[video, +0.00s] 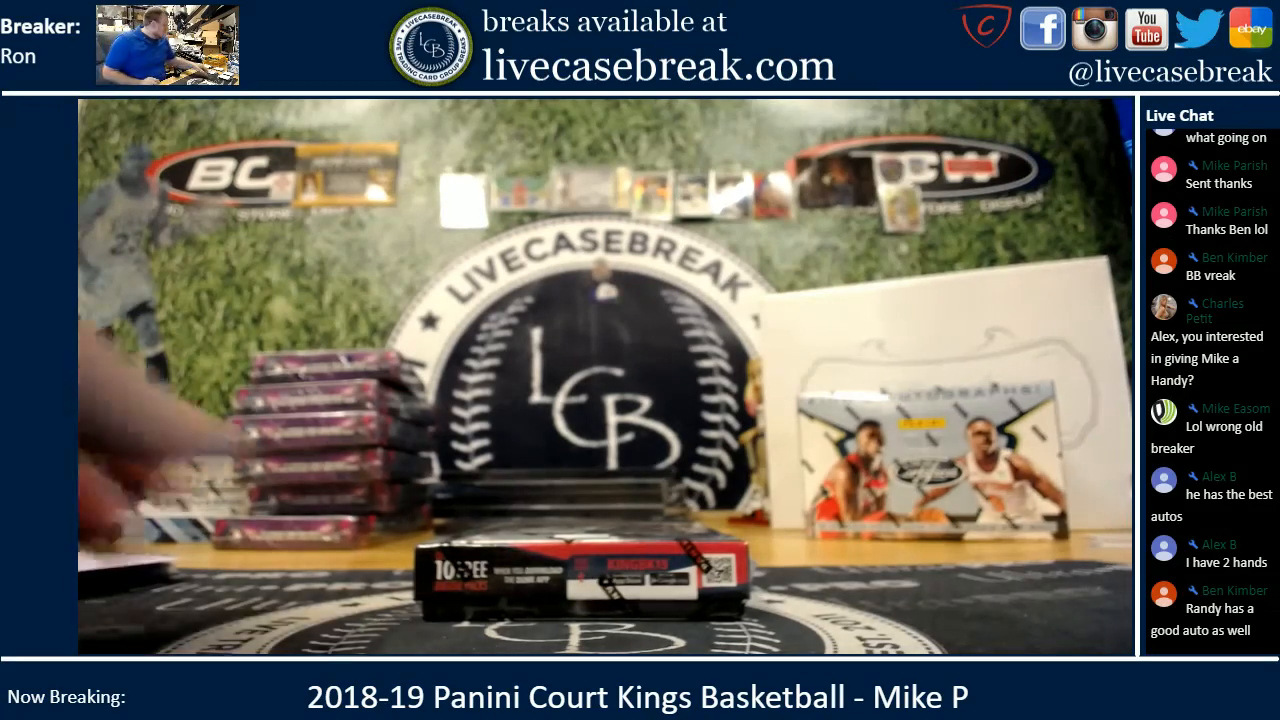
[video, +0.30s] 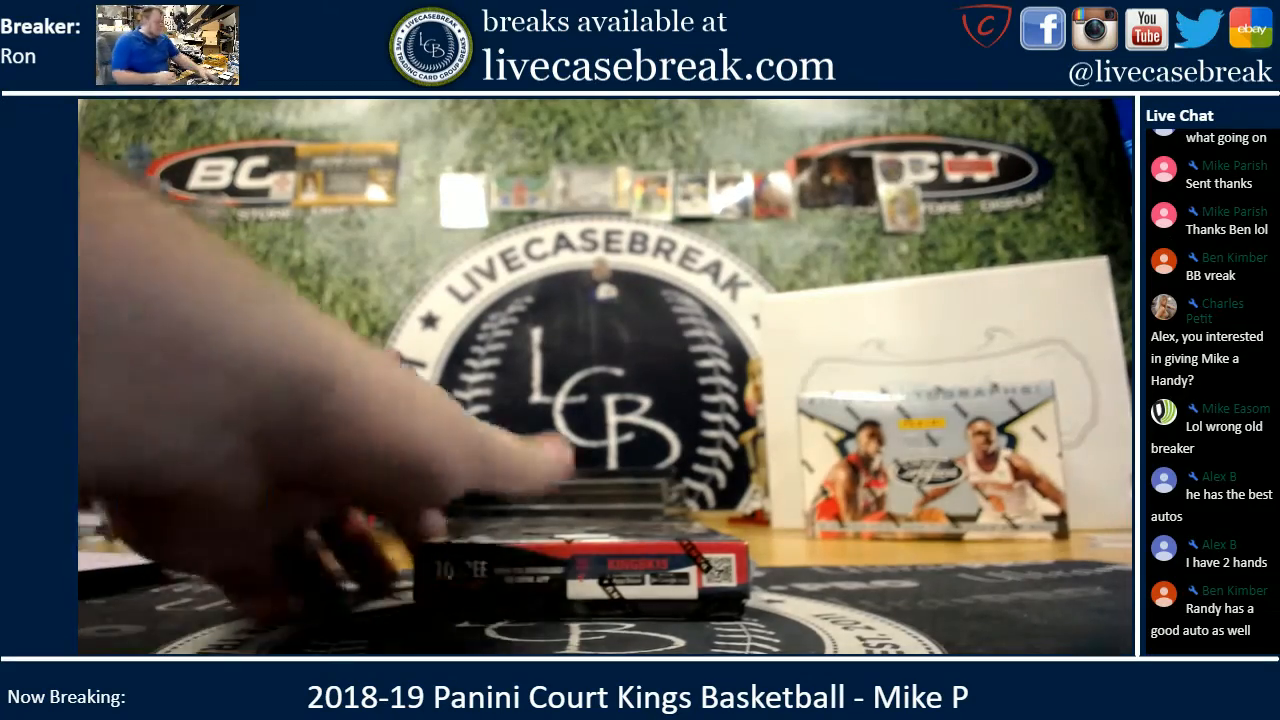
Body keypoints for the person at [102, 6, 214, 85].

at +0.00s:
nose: (167, 29)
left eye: (167, 25)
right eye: (165, 25)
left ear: (156, 24)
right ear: (153, 24)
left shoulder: (163, 41)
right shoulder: (125, 41)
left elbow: (172, 60)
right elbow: (108, 73)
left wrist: (194, 66)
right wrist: (140, 82)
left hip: (162, 94)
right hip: (133, 98)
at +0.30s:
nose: (162, 26)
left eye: (162, 22)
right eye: (158, 22)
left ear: (163, 21)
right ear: (145, 21)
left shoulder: (163, 40)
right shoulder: (126, 41)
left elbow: (179, 58)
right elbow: (119, 76)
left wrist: (200, 69)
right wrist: (156, 78)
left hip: (165, 96)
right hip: (135, 100)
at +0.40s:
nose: (157, 25)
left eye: (159, 22)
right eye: (153, 22)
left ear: (161, 22)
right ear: (141, 20)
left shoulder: (163, 39)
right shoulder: (127, 41)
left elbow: (179, 57)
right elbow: (133, 78)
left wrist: (199, 70)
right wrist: (173, 79)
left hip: (168, 91)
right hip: (141, 95)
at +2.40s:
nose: (146, 24)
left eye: (151, 20)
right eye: (143, 20)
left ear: (159, 24)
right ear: (138, 23)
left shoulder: (164, 40)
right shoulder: (128, 45)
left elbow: (174, 62)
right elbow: (136, 82)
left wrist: (194, 70)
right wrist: (177, 81)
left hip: (167, 92)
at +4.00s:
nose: (132, 29)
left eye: (137, 25)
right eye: (130, 25)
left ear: (151, 25)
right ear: (128, 25)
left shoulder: (164, 40)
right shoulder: (123, 46)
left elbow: (175, 61)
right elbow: (122, 80)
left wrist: (195, 70)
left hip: (163, 96)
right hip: (134, 98)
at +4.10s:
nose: (130, 30)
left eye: (134, 25)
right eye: (128, 25)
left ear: (149, 24)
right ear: (127, 25)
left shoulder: (164, 41)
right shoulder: (121, 45)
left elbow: (175, 60)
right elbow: (112, 78)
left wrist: (196, 69)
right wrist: (145, 81)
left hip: (162, 97)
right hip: (132, 100)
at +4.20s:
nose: (127, 30)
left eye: (131, 26)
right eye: (126, 26)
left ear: (145, 26)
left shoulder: (163, 41)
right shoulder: (119, 45)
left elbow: (177, 60)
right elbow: (107, 76)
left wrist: (197, 69)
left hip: (161, 97)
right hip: (130, 100)